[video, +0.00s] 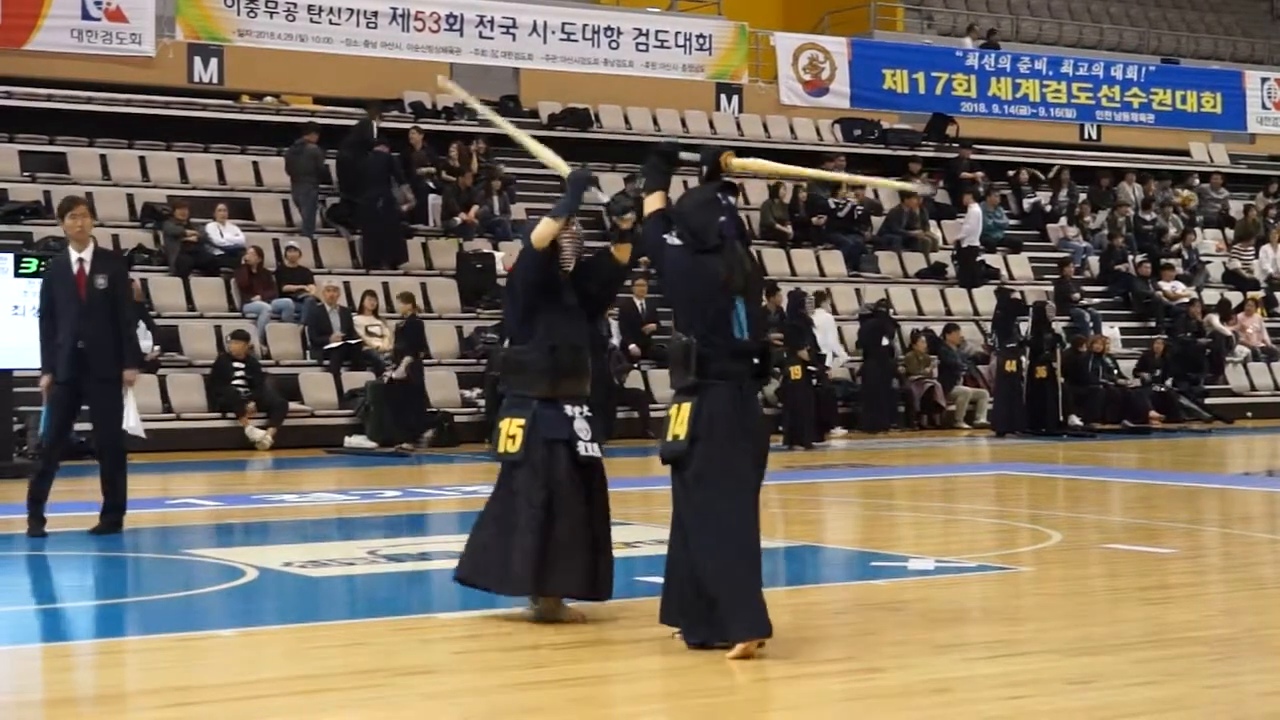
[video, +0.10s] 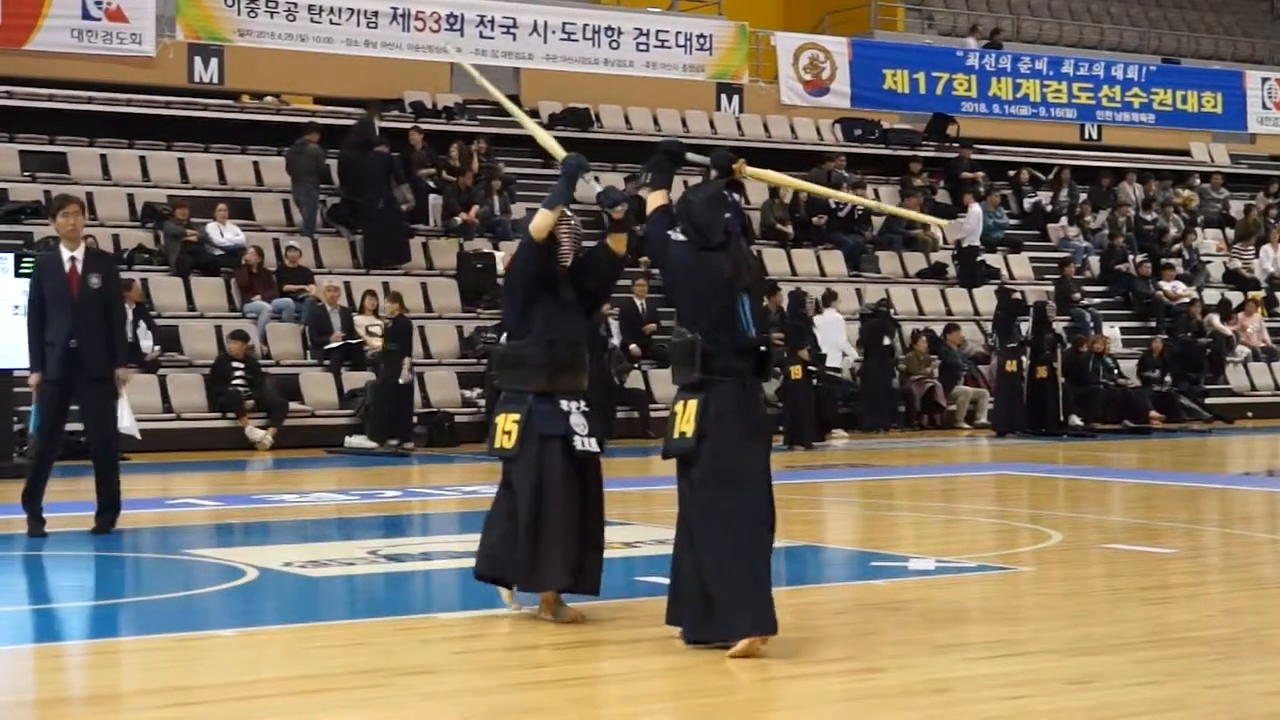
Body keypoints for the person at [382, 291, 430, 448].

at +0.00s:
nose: (398, 307)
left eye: (400, 304)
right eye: (398, 304)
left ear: (409, 305)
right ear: (407, 305)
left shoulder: (413, 322)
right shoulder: (404, 322)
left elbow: (412, 348)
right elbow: (401, 346)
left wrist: (403, 366)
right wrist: (394, 364)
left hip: (412, 364)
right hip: (404, 364)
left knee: (412, 399)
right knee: (409, 399)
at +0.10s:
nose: (385, 306)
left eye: (388, 303)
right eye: (385, 303)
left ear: (396, 304)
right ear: (394, 305)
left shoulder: (403, 322)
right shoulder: (392, 322)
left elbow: (406, 348)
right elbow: (390, 345)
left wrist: (405, 369)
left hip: (399, 366)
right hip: (389, 366)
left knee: (401, 401)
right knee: (392, 401)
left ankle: (404, 437)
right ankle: (394, 436)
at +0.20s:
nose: (373, 308)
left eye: (376, 305)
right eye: (373, 305)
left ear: (385, 306)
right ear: (385, 307)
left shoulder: (388, 323)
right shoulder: (386, 322)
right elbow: (379, 342)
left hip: (387, 368)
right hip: (384, 367)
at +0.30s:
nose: (359, 308)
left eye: (362, 304)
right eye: (360, 304)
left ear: (371, 306)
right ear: (370, 305)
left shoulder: (377, 323)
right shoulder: (368, 322)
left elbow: (387, 347)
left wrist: (399, 367)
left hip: (375, 367)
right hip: (366, 366)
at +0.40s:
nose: (349, 308)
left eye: (351, 304)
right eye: (349, 305)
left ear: (359, 304)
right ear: (354, 305)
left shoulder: (366, 321)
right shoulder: (354, 320)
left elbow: (376, 347)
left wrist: (382, 369)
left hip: (363, 364)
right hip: (352, 363)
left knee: (359, 398)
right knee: (352, 398)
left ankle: (356, 437)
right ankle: (351, 437)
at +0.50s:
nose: (338, 306)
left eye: (341, 303)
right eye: (337, 303)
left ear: (349, 303)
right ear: (338, 304)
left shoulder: (355, 320)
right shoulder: (342, 321)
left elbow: (360, 346)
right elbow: (339, 343)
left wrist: (360, 368)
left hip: (353, 361)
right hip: (341, 362)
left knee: (357, 397)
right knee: (343, 397)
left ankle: (365, 436)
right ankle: (347, 438)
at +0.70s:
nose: (318, 306)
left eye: (322, 303)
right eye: (318, 302)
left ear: (330, 305)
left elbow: (323, 350)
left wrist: (309, 367)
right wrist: (311, 359)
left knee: (313, 399)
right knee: (337, 402)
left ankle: (309, 436)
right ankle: (338, 436)